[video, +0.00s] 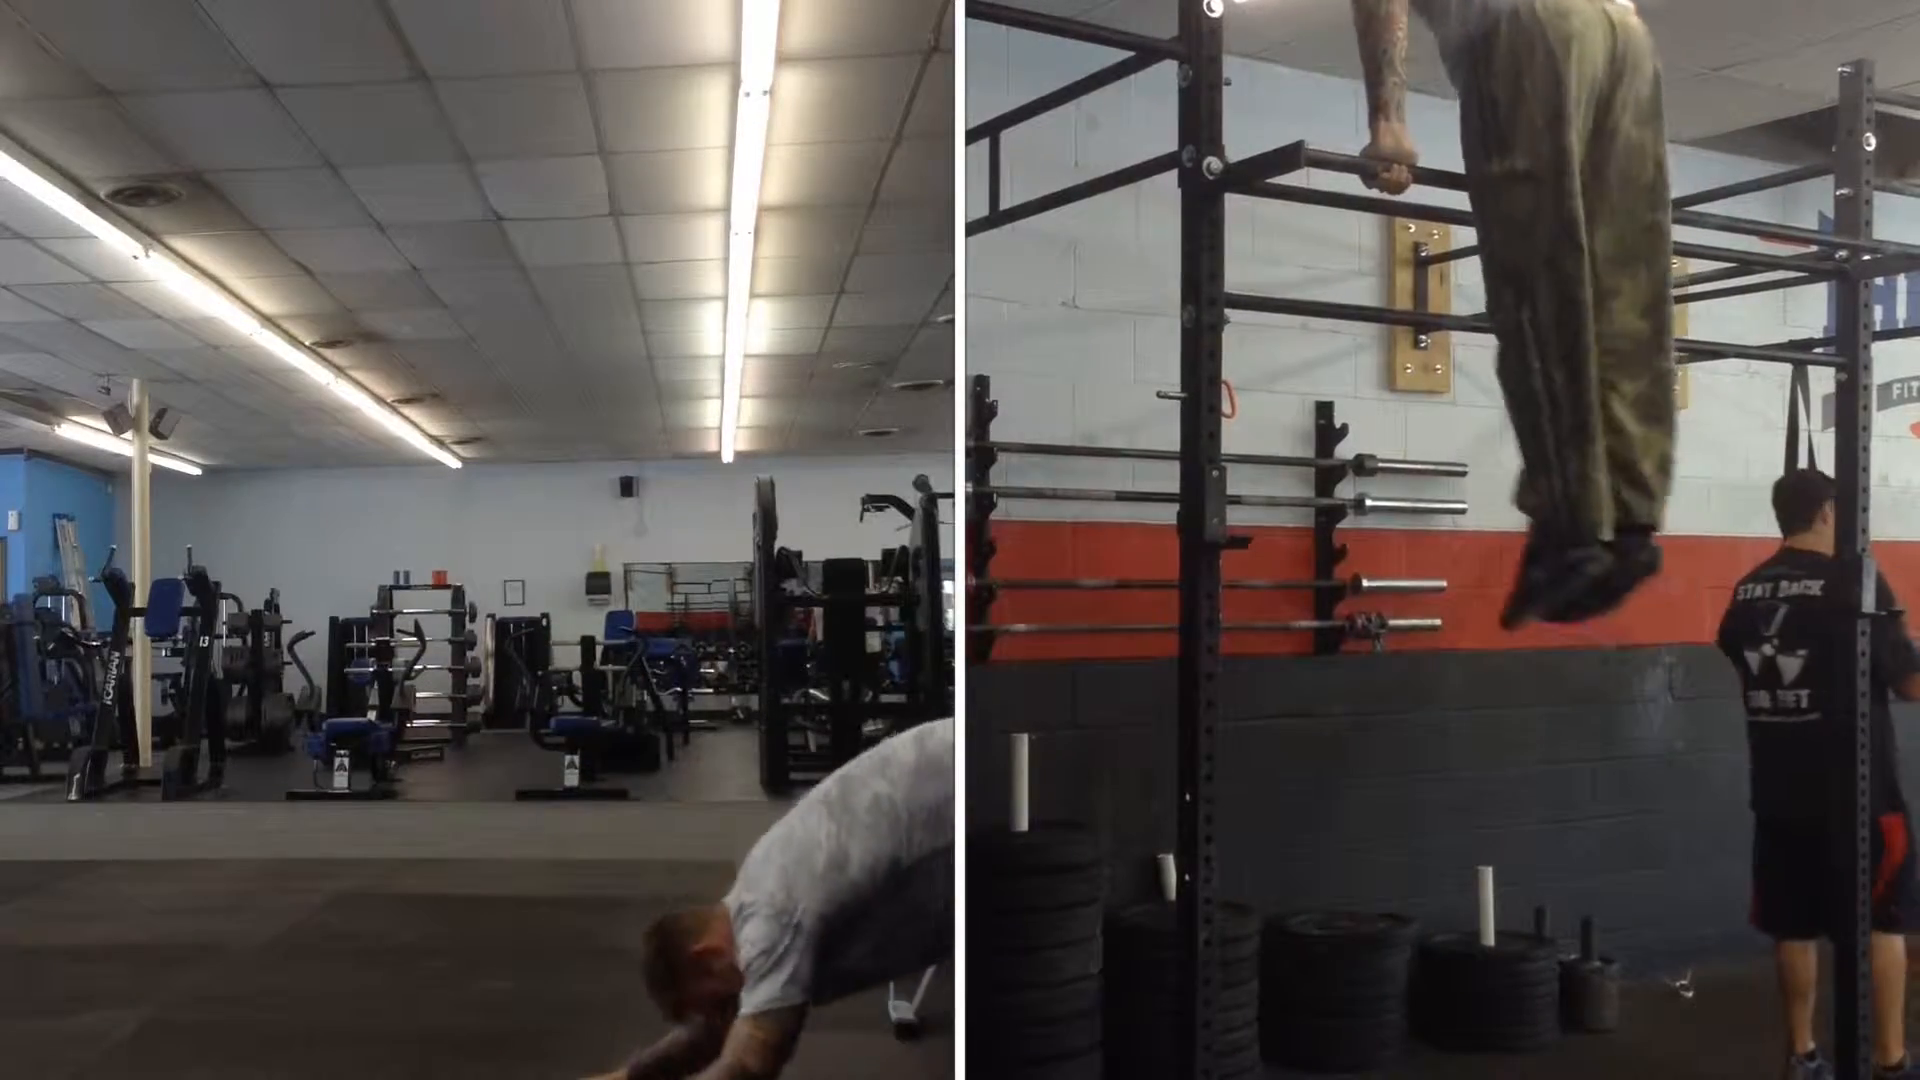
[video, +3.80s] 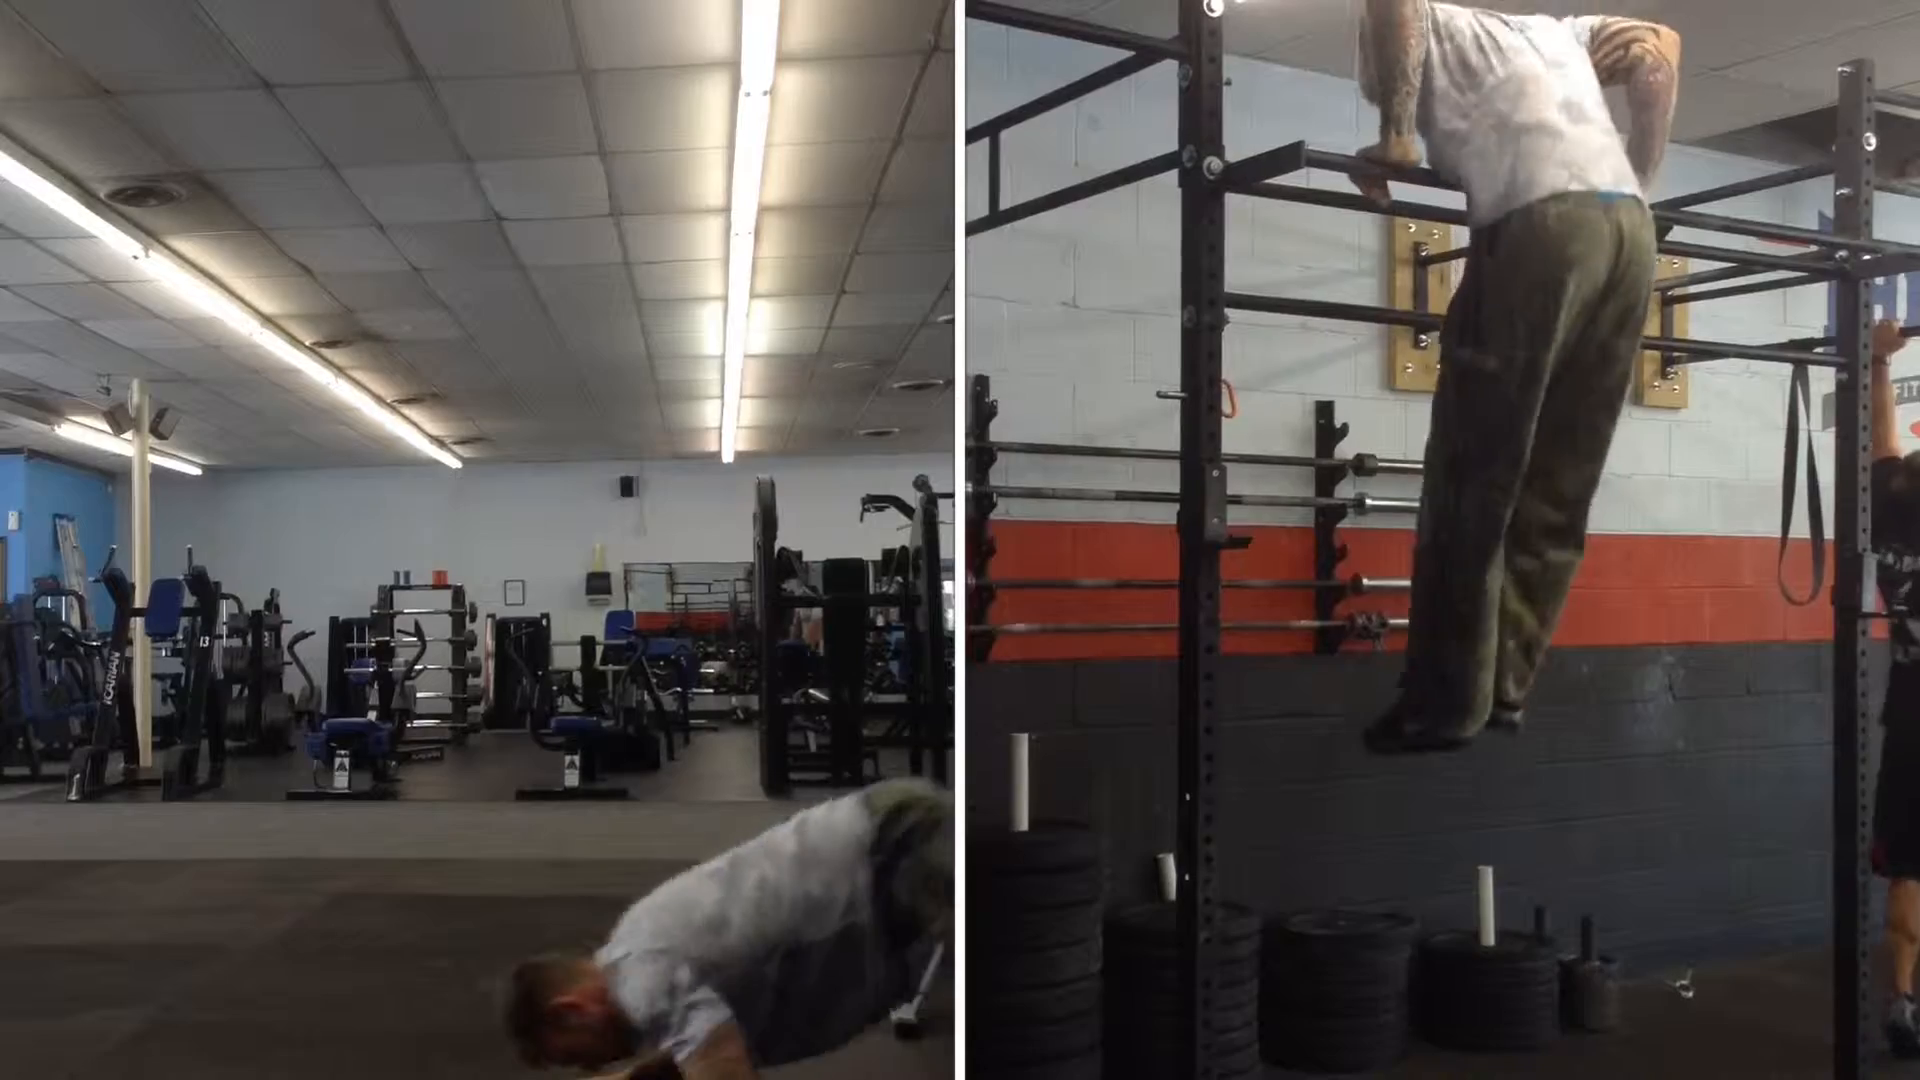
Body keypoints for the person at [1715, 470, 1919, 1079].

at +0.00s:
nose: (1850, 525)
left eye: (1844, 513)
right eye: (1845, 514)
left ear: (1784, 519)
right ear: (1827, 515)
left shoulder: (1750, 587)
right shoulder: (1858, 581)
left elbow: (1735, 658)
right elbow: (1908, 681)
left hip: (1781, 780)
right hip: (1859, 783)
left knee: (1795, 922)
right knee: (1885, 919)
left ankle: (1803, 1054)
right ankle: (1890, 1057)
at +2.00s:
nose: (1907, 517)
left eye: (1903, 505)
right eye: (1901, 507)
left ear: (1841, 517)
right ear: (1876, 517)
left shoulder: (1805, 588)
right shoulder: (1905, 588)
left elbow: (1803, 671)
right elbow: (1911, 686)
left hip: (1824, 777)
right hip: (1897, 781)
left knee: (1819, 926)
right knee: (1898, 938)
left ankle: (1812, 1057)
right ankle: (1901, 1068)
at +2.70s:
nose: (1893, 536)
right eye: (1898, 525)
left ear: (1846, 525)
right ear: (1899, 527)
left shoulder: (1818, 588)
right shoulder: (1912, 586)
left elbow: (1825, 644)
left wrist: (1841, 571)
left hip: (1848, 763)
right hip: (1908, 762)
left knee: (1830, 901)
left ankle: (1817, 1042)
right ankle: (1820, 1036)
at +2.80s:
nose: (1917, 530)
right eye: (1915, 520)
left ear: (1865, 527)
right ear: (1911, 527)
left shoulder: (1845, 584)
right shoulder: (1910, 580)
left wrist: (1839, 533)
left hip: (1865, 762)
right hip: (1903, 761)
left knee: (1851, 894)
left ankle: (1822, 1025)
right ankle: (1823, 1023)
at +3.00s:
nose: (1897, 520)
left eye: (1897, 513)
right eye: (1904, 512)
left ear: (1887, 533)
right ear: (1910, 533)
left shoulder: (1884, 577)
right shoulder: (1890, 575)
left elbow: (1850, 502)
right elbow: (1851, 500)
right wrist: (1875, 428)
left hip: (1891, 743)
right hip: (1901, 743)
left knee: (1905, 889)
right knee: (1905, 889)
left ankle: (1883, 1010)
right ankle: (1882, 1010)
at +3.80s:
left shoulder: (1901, 504)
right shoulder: (1898, 504)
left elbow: (1884, 463)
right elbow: (1886, 464)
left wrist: (1876, 368)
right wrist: (1879, 368)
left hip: (1911, 681)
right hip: (1909, 681)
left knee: (1907, 854)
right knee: (1905, 852)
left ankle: (1904, 1000)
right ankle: (1903, 1000)